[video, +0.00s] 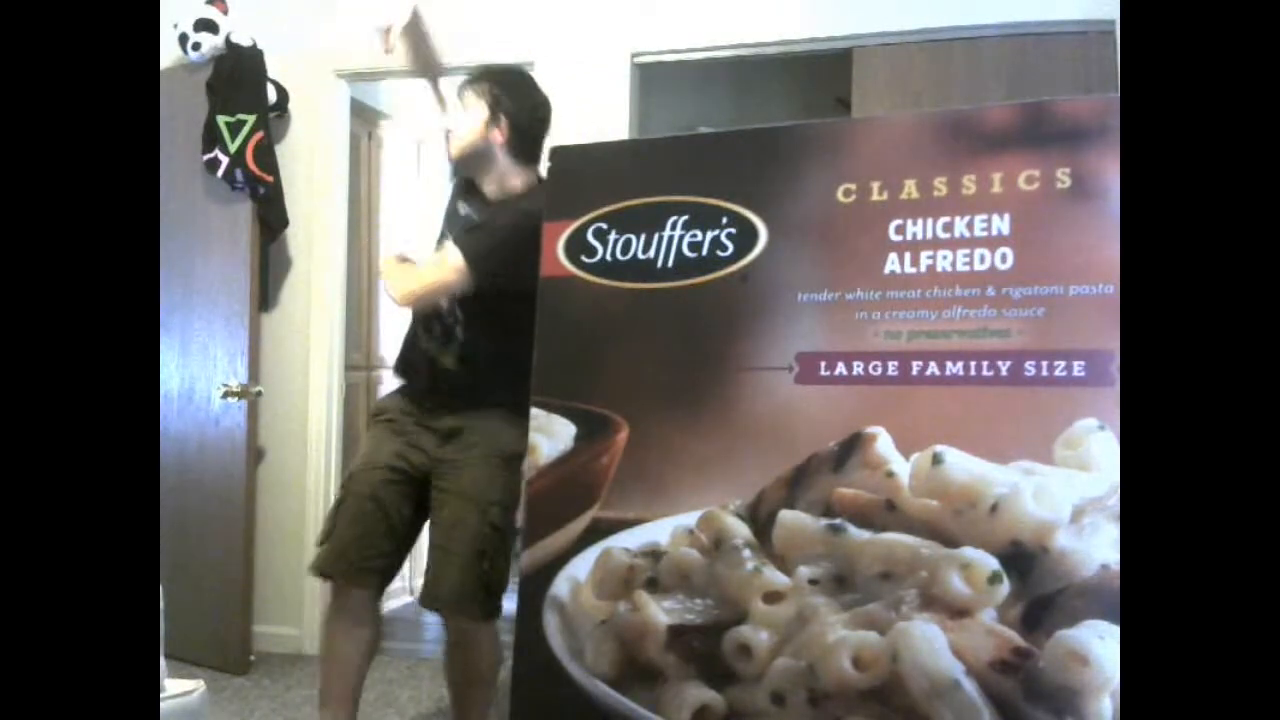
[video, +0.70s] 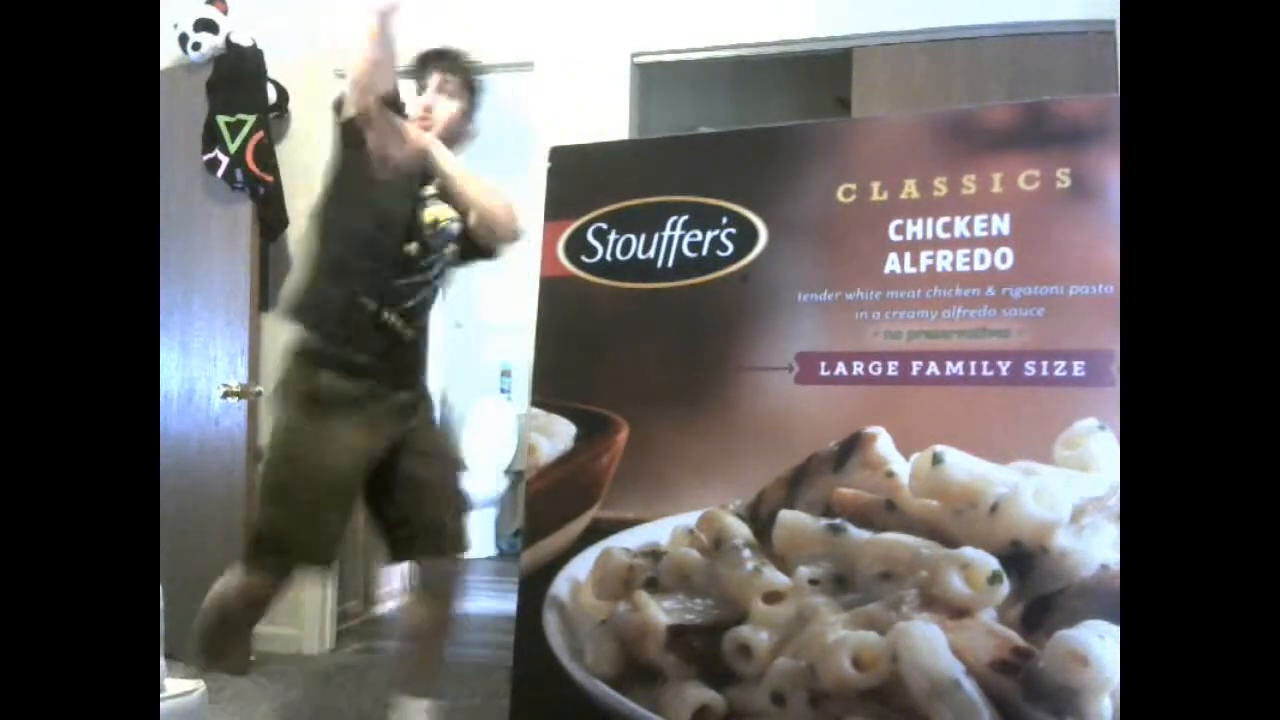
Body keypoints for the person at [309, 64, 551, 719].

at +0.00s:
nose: (449, 122)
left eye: (463, 110)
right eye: (454, 111)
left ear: (499, 127)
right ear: (494, 129)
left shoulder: (529, 216)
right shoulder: (473, 181)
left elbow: (413, 290)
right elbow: (445, 99)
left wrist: (393, 260)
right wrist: (415, 37)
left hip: (483, 427)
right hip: (408, 413)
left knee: (465, 603)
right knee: (352, 575)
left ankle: (473, 718)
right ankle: (335, 715)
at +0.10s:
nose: (446, 118)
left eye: (458, 104)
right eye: (451, 104)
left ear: (493, 116)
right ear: (496, 118)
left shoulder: (524, 201)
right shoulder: (476, 178)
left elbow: (403, 275)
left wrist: (393, 269)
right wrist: (458, 70)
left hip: (484, 418)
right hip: (411, 406)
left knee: (462, 597)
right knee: (357, 572)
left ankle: (473, 717)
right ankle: (334, 714)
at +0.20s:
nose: (436, 130)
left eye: (447, 116)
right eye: (442, 115)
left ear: (483, 123)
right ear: (487, 125)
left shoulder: (518, 204)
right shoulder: (467, 196)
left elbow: (431, 256)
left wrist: (353, 267)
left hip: (479, 418)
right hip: (413, 407)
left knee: (449, 596)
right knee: (364, 577)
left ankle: (472, 716)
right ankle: (337, 714)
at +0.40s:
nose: (434, 162)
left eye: (445, 148)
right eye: (439, 147)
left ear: (481, 159)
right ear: (480, 160)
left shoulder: (525, 247)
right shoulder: (463, 216)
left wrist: (384, 256)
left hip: (473, 432)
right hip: (407, 421)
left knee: (433, 597)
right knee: (335, 579)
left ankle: (469, 714)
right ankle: (323, 713)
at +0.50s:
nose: (432, 146)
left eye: (447, 136)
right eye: (437, 135)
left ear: (485, 152)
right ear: (470, 151)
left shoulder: (515, 235)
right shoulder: (438, 201)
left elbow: (420, 230)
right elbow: (370, 161)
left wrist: (372, 166)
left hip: (454, 438)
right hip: (382, 424)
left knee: (464, 599)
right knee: (284, 543)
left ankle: (477, 717)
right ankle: (281, 707)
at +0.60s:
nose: (432, 123)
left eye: (449, 113)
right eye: (435, 112)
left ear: (489, 134)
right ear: (444, 127)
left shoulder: (513, 225)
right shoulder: (419, 171)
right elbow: (366, 126)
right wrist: (344, 69)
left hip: (439, 415)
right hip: (358, 401)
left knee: (474, 577)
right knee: (262, 537)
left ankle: (486, 712)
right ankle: (272, 700)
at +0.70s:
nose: (433, 102)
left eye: (451, 96)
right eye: (426, 88)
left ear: (466, 118)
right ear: (407, 93)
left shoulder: (454, 194)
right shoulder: (373, 139)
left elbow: (505, 228)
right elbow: (378, 31)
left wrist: (433, 150)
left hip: (399, 393)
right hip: (324, 381)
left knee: (438, 558)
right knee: (271, 563)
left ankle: (414, 705)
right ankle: (194, 691)